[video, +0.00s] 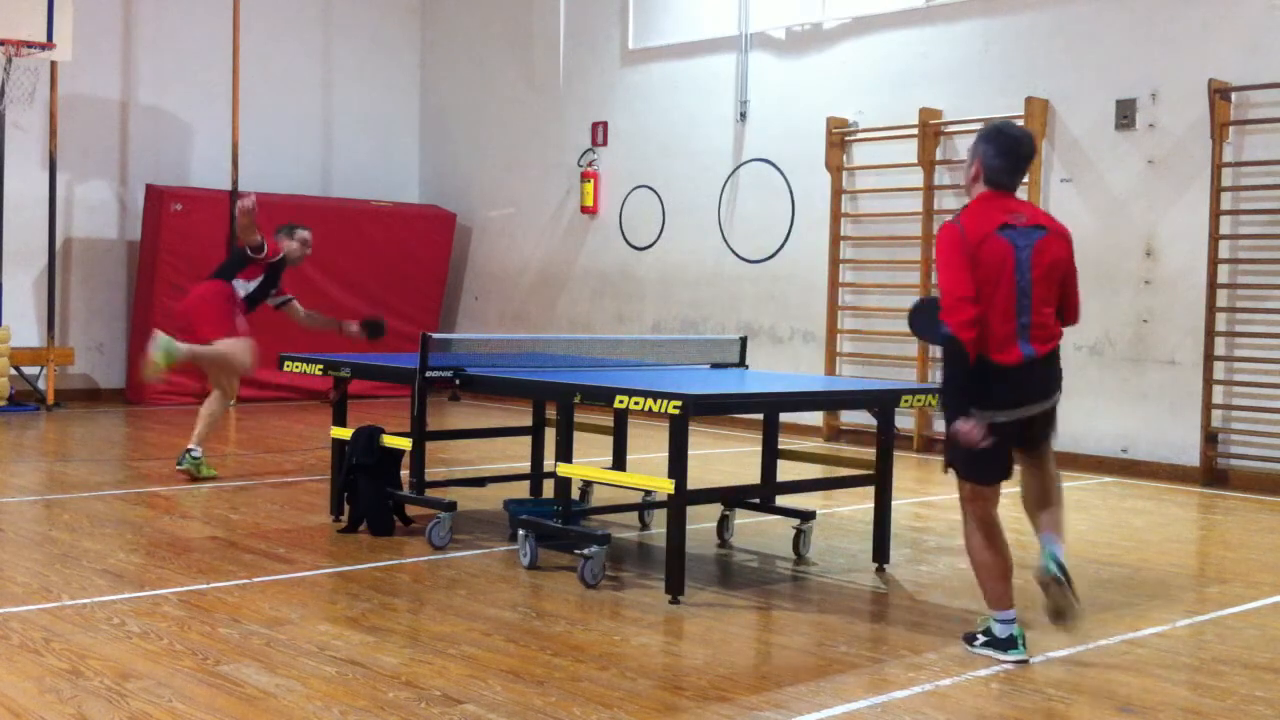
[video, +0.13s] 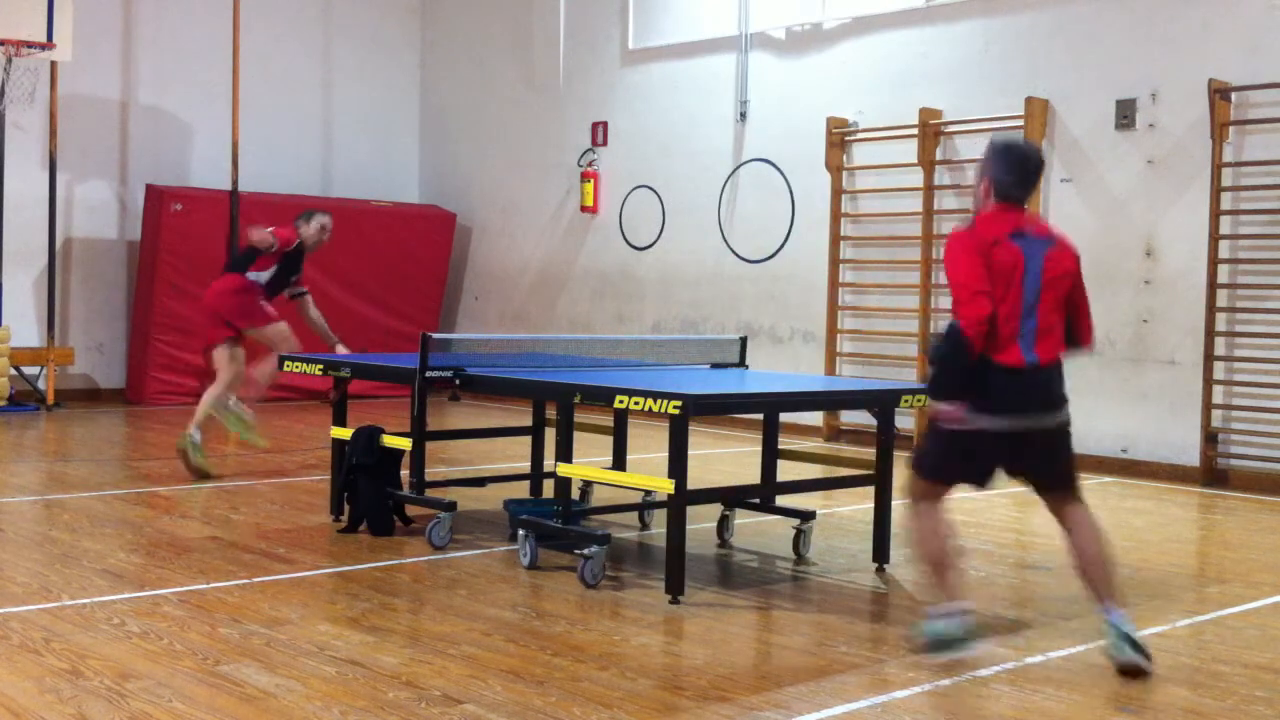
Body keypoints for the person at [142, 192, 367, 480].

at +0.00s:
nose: (308, 251)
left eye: (310, 247)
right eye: (304, 244)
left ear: (298, 247)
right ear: (284, 240)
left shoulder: (273, 284)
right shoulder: (267, 252)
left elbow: (303, 316)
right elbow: (250, 237)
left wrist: (343, 326)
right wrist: (245, 215)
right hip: (213, 296)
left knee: (226, 389)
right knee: (244, 358)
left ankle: (193, 453)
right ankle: (174, 349)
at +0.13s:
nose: (324, 236)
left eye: (328, 232)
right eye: (321, 228)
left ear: (325, 238)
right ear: (303, 225)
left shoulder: (293, 264)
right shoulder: (290, 238)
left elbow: (309, 310)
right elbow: (271, 238)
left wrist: (336, 344)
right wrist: (261, 239)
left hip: (217, 296)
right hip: (236, 292)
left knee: (229, 373)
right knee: (289, 348)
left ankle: (192, 434)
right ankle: (234, 400)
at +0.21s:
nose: (334, 236)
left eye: (338, 231)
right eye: (330, 228)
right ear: (312, 227)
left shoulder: (310, 261)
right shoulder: (293, 237)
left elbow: (313, 307)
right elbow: (273, 251)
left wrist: (334, 346)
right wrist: (297, 258)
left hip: (236, 306)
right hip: (249, 303)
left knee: (243, 381)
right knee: (301, 358)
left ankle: (191, 402)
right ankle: (297, 434)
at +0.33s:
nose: (340, 253)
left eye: (343, 247)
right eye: (335, 245)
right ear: (317, 245)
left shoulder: (314, 272)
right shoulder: (304, 264)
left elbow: (318, 320)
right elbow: (304, 294)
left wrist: (340, 357)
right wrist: (341, 305)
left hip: (263, 332)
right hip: (268, 331)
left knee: (275, 394)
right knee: (324, 375)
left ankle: (219, 380)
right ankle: (317, 444)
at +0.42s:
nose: (339, 257)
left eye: (341, 252)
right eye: (333, 250)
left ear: (343, 255)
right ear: (315, 251)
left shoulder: (313, 274)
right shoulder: (304, 271)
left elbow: (318, 324)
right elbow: (321, 320)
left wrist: (338, 357)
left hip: (273, 338)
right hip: (266, 339)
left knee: (305, 385)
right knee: (331, 376)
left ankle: (244, 398)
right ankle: (317, 445)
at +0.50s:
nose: (334, 255)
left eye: (337, 250)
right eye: (328, 248)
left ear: (338, 253)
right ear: (310, 250)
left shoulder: (315, 275)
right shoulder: (300, 272)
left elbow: (318, 321)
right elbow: (302, 324)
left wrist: (333, 348)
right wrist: (337, 347)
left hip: (279, 336)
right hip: (264, 336)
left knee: (306, 375)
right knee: (323, 372)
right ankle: (315, 444)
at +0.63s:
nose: (317, 251)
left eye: (320, 246)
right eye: (310, 245)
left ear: (324, 250)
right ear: (295, 248)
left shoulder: (316, 276)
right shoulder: (275, 270)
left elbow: (315, 318)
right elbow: (253, 314)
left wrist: (323, 355)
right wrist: (289, 338)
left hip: (286, 332)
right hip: (258, 328)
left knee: (302, 382)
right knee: (282, 369)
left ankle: (282, 430)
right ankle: (298, 434)